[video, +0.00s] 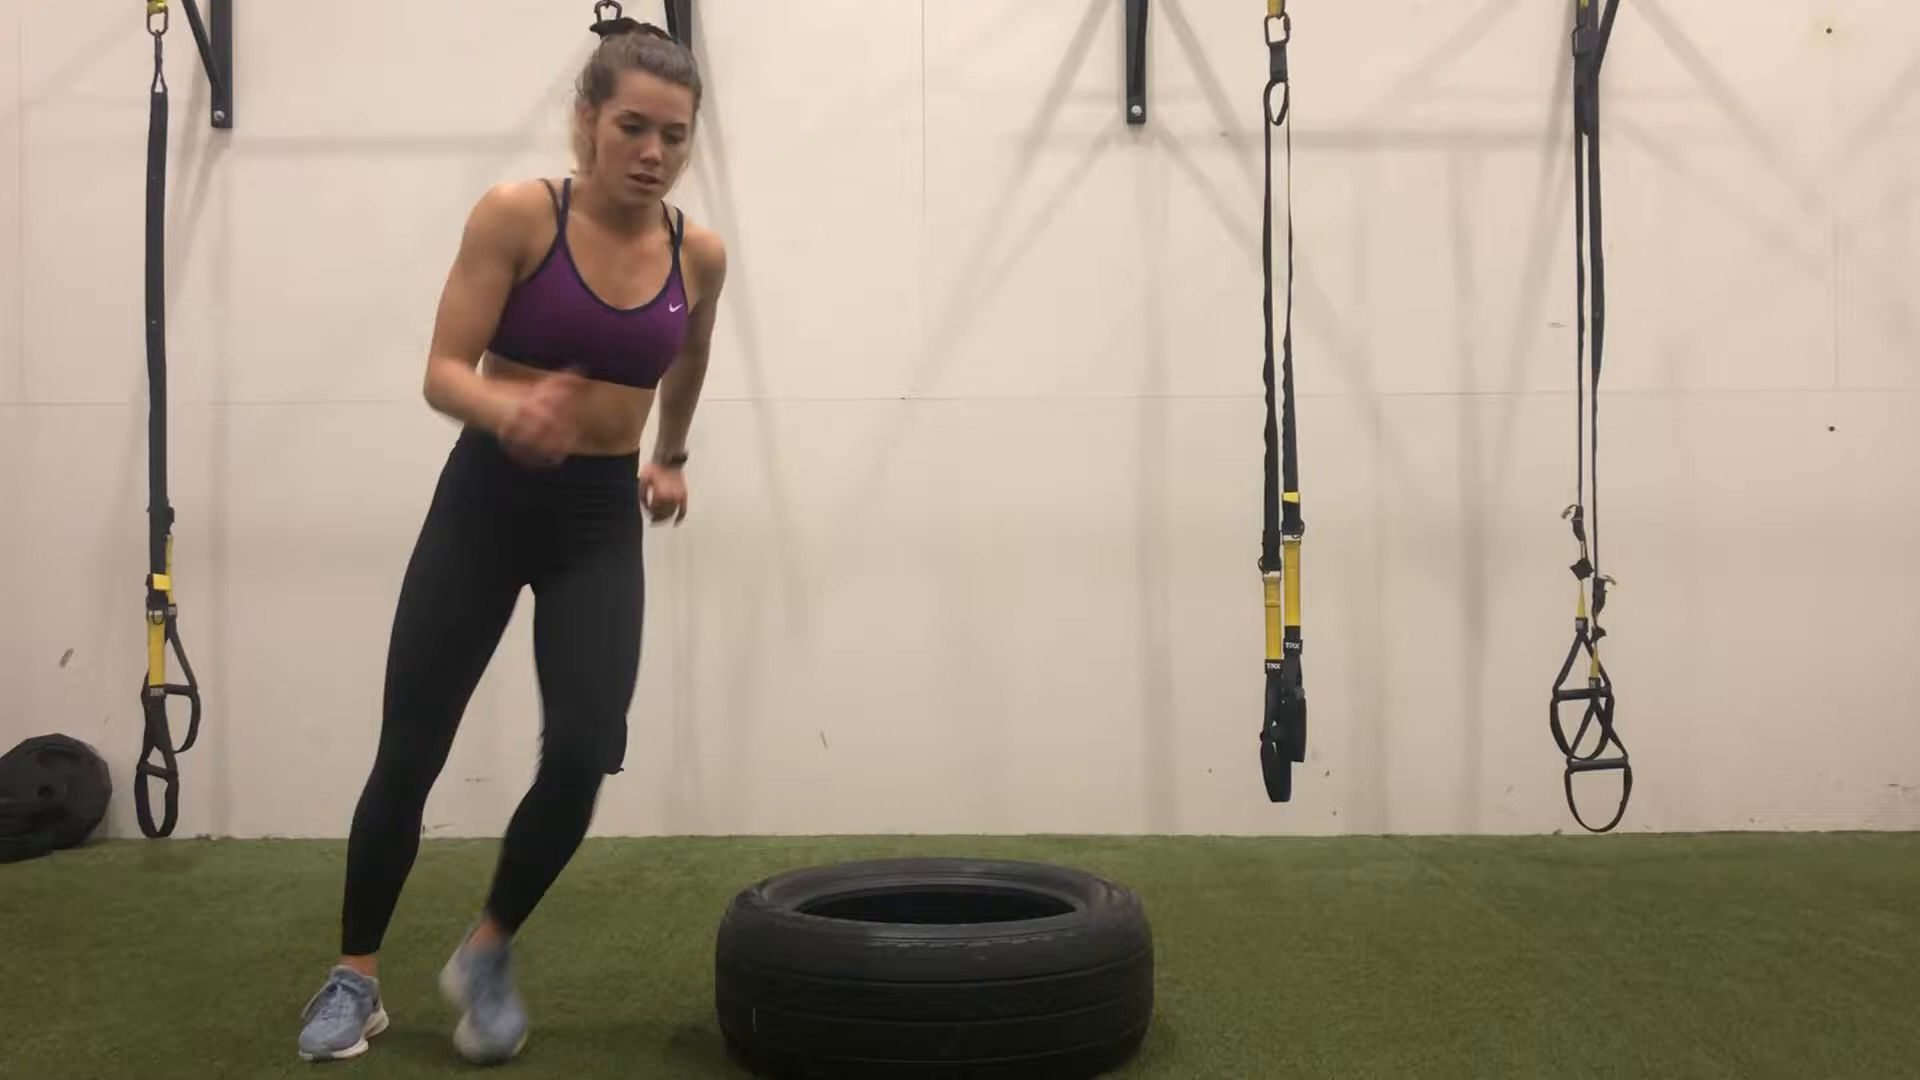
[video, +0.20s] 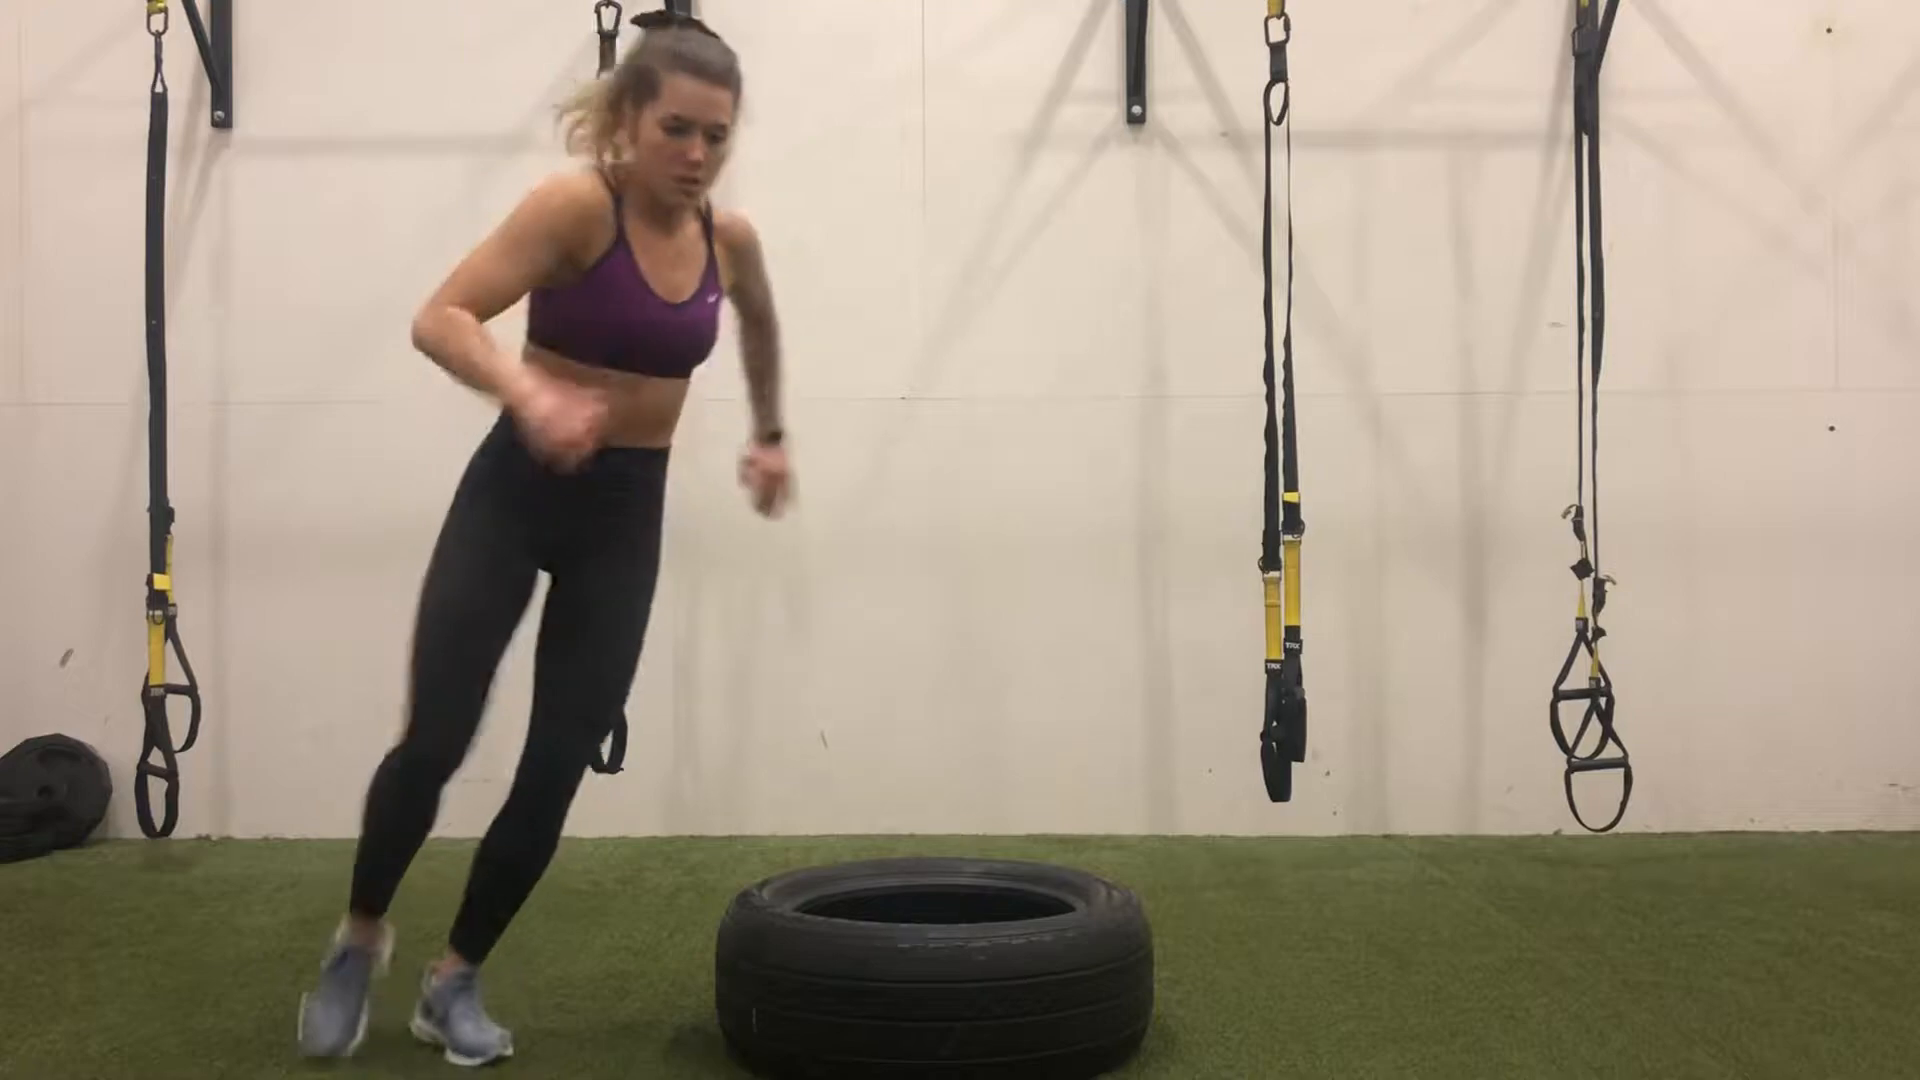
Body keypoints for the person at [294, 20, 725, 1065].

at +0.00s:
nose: (655, 152)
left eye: (675, 133)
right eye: (635, 126)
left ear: (691, 140)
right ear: (586, 121)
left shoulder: (696, 257)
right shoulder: (515, 216)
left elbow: (688, 358)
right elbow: (445, 369)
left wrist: (668, 454)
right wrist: (507, 405)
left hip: (600, 519)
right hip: (485, 503)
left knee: (587, 755)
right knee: (408, 754)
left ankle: (487, 952)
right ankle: (355, 973)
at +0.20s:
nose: (699, 154)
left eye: (717, 135)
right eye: (679, 130)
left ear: (732, 137)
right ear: (625, 120)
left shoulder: (728, 238)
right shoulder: (572, 209)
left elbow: (758, 332)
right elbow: (438, 319)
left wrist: (766, 433)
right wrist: (526, 389)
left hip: (626, 512)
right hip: (514, 488)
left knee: (557, 767)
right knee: (433, 743)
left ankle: (455, 976)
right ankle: (359, 941)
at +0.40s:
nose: (768, 180)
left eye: (783, 158)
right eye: (743, 158)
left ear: (799, 150)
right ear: (693, 149)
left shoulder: (807, 235)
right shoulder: (643, 230)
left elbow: (948, 308)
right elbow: (487, 228)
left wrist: (843, 271)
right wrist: (340, 213)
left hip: (677, 508)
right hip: (618, 497)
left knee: (598, 777)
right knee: (849, 560)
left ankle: (436, 977)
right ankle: (657, 709)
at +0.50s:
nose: (824, 104)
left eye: (840, 84)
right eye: (803, 86)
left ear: (864, 79)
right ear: (753, 83)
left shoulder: (881, 138)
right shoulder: (719, 154)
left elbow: (941, 175)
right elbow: (613, 163)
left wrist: (801, 161)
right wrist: (520, 159)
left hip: (771, 466)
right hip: (727, 461)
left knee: (669, 721)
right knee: (937, 596)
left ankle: (483, 904)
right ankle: (856, 823)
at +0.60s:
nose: (910, 103)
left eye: (927, 84)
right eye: (887, 86)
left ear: (950, 68)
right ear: (846, 74)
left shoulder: (971, 132)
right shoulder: (803, 161)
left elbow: (1016, 179)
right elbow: (673, 209)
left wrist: (876, 166)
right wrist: (552, 234)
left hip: (897, 481)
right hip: (844, 482)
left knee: (900, 714)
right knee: (923, 730)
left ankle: (702, 702)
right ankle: (887, 954)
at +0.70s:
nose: (973, 92)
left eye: (991, 71)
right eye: (954, 74)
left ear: (1021, 65)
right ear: (922, 68)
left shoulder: (1047, 135)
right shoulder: (874, 163)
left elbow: (1090, 193)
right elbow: (722, 244)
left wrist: (1048, 200)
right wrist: (568, 319)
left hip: (972, 473)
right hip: (890, 474)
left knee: (1089, 681)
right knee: (942, 727)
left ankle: (922, 684)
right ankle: (886, 951)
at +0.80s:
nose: (1030, 73)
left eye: (1048, 52)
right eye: (1007, 53)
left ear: (1077, 55)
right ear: (971, 60)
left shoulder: (1110, 132)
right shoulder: (928, 159)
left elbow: (1187, 236)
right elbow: (807, 264)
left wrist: (1269, 339)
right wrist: (802, 327)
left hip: (1061, 438)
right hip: (955, 446)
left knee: (1169, 654)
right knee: (1046, 664)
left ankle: (1224, 855)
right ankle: (946, 843)